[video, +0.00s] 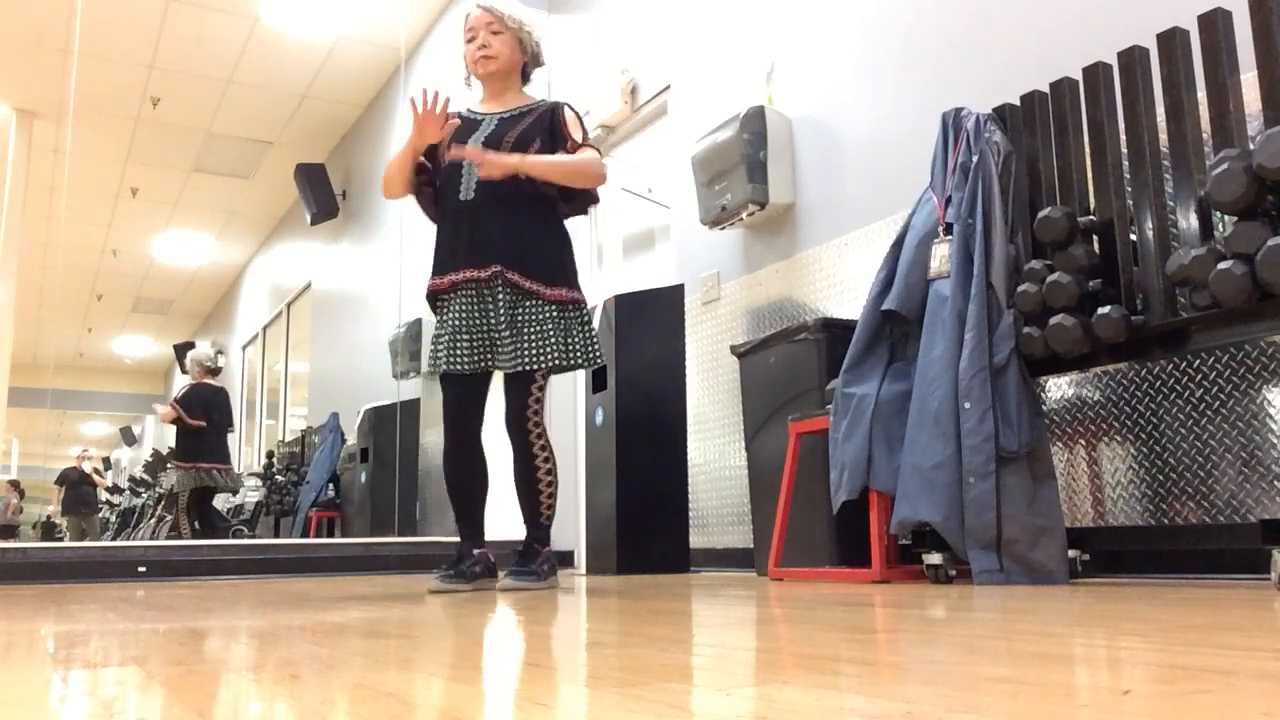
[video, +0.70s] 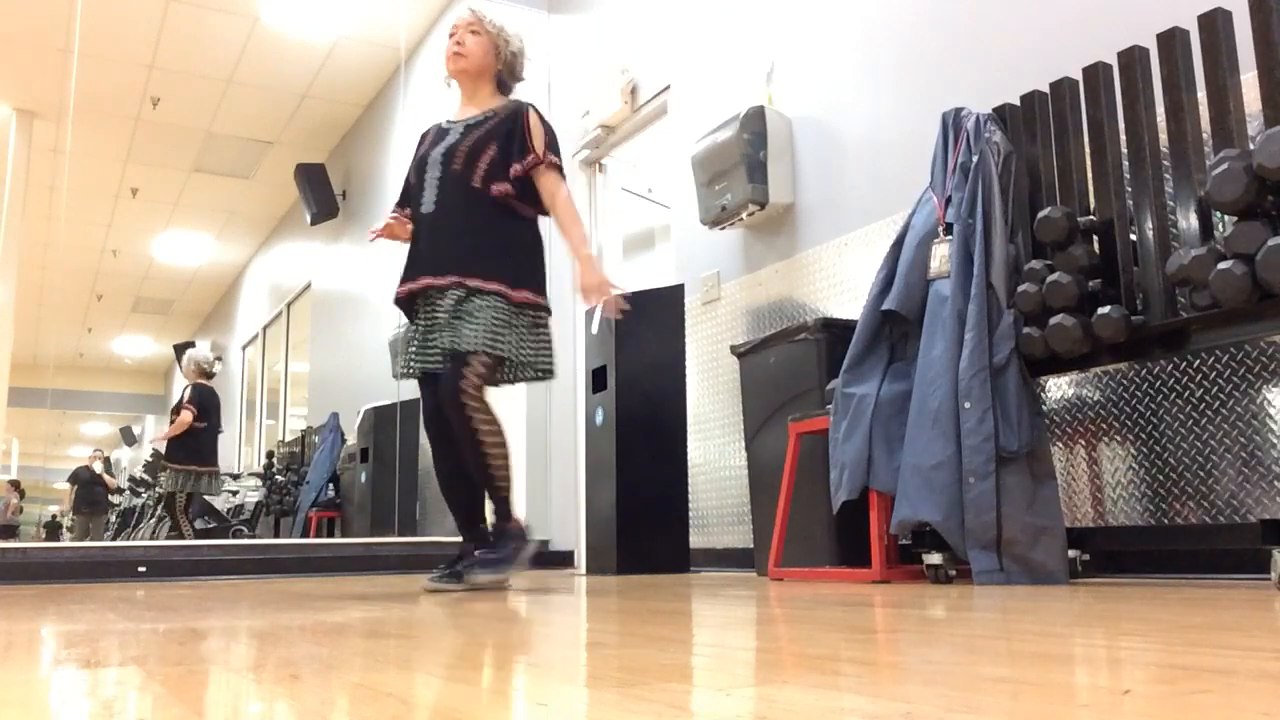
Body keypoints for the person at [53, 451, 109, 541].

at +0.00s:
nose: (85, 461)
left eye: (88, 458)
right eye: (83, 458)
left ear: (91, 460)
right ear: (77, 458)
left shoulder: (94, 471)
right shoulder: (68, 471)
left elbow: (103, 484)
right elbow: (58, 489)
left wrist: (91, 473)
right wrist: (55, 507)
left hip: (91, 512)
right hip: (73, 512)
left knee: (95, 538)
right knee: (74, 540)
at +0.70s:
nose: (96, 460)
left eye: (99, 458)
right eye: (94, 457)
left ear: (103, 460)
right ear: (89, 458)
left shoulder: (107, 473)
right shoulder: (80, 471)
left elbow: (114, 486)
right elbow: (69, 487)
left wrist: (102, 473)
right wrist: (67, 504)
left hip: (99, 512)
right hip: (81, 511)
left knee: (97, 540)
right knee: (78, 539)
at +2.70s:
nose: (86, 463)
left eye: (90, 460)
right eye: (84, 460)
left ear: (95, 462)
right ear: (82, 461)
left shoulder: (100, 472)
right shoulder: (75, 472)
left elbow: (101, 487)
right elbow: (67, 490)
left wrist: (89, 475)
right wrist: (60, 504)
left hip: (90, 509)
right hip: (74, 510)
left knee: (91, 538)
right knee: (79, 538)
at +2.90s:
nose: (86, 463)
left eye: (89, 460)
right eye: (84, 460)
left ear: (95, 462)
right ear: (81, 461)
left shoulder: (99, 472)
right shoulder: (76, 472)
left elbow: (100, 487)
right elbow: (67, 490)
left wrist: (88, 475)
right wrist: (60, 505)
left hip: (89, 508)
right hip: (74, 508)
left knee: (89, 537)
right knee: (78, 537)